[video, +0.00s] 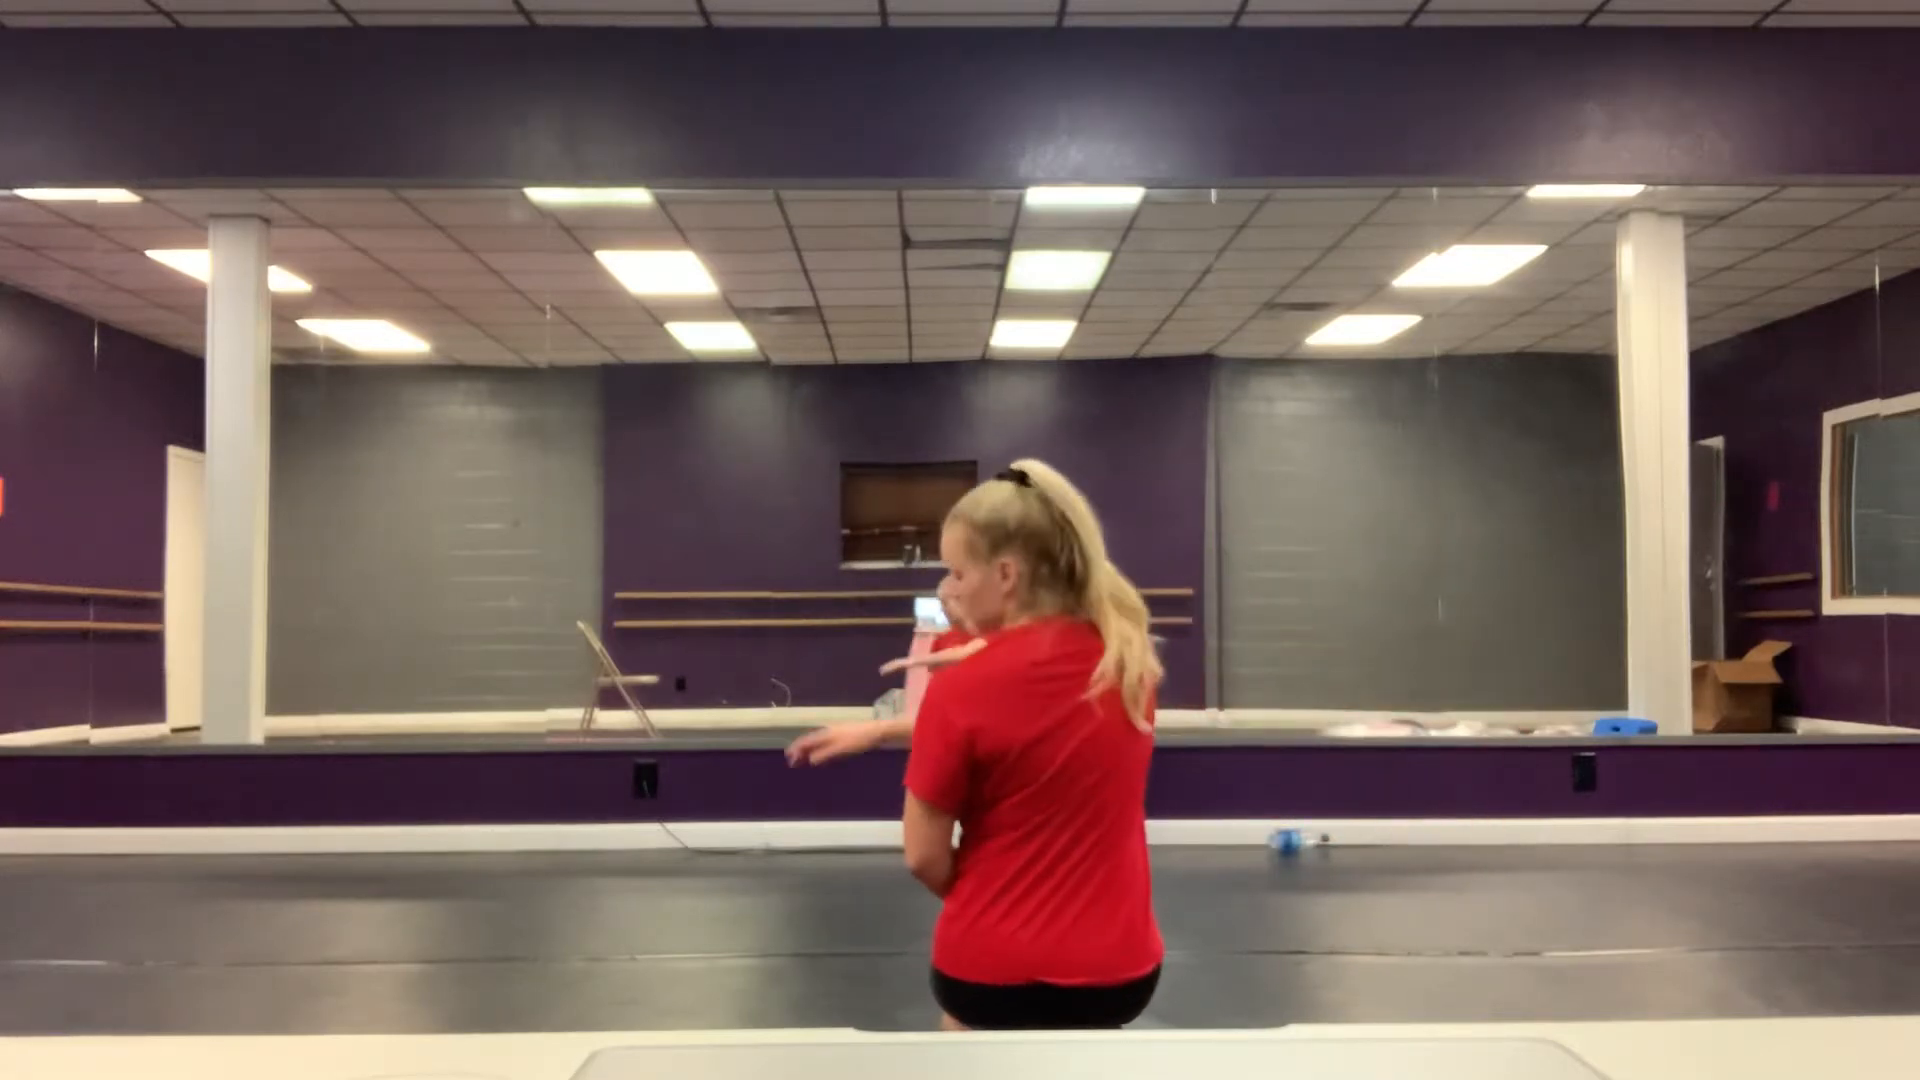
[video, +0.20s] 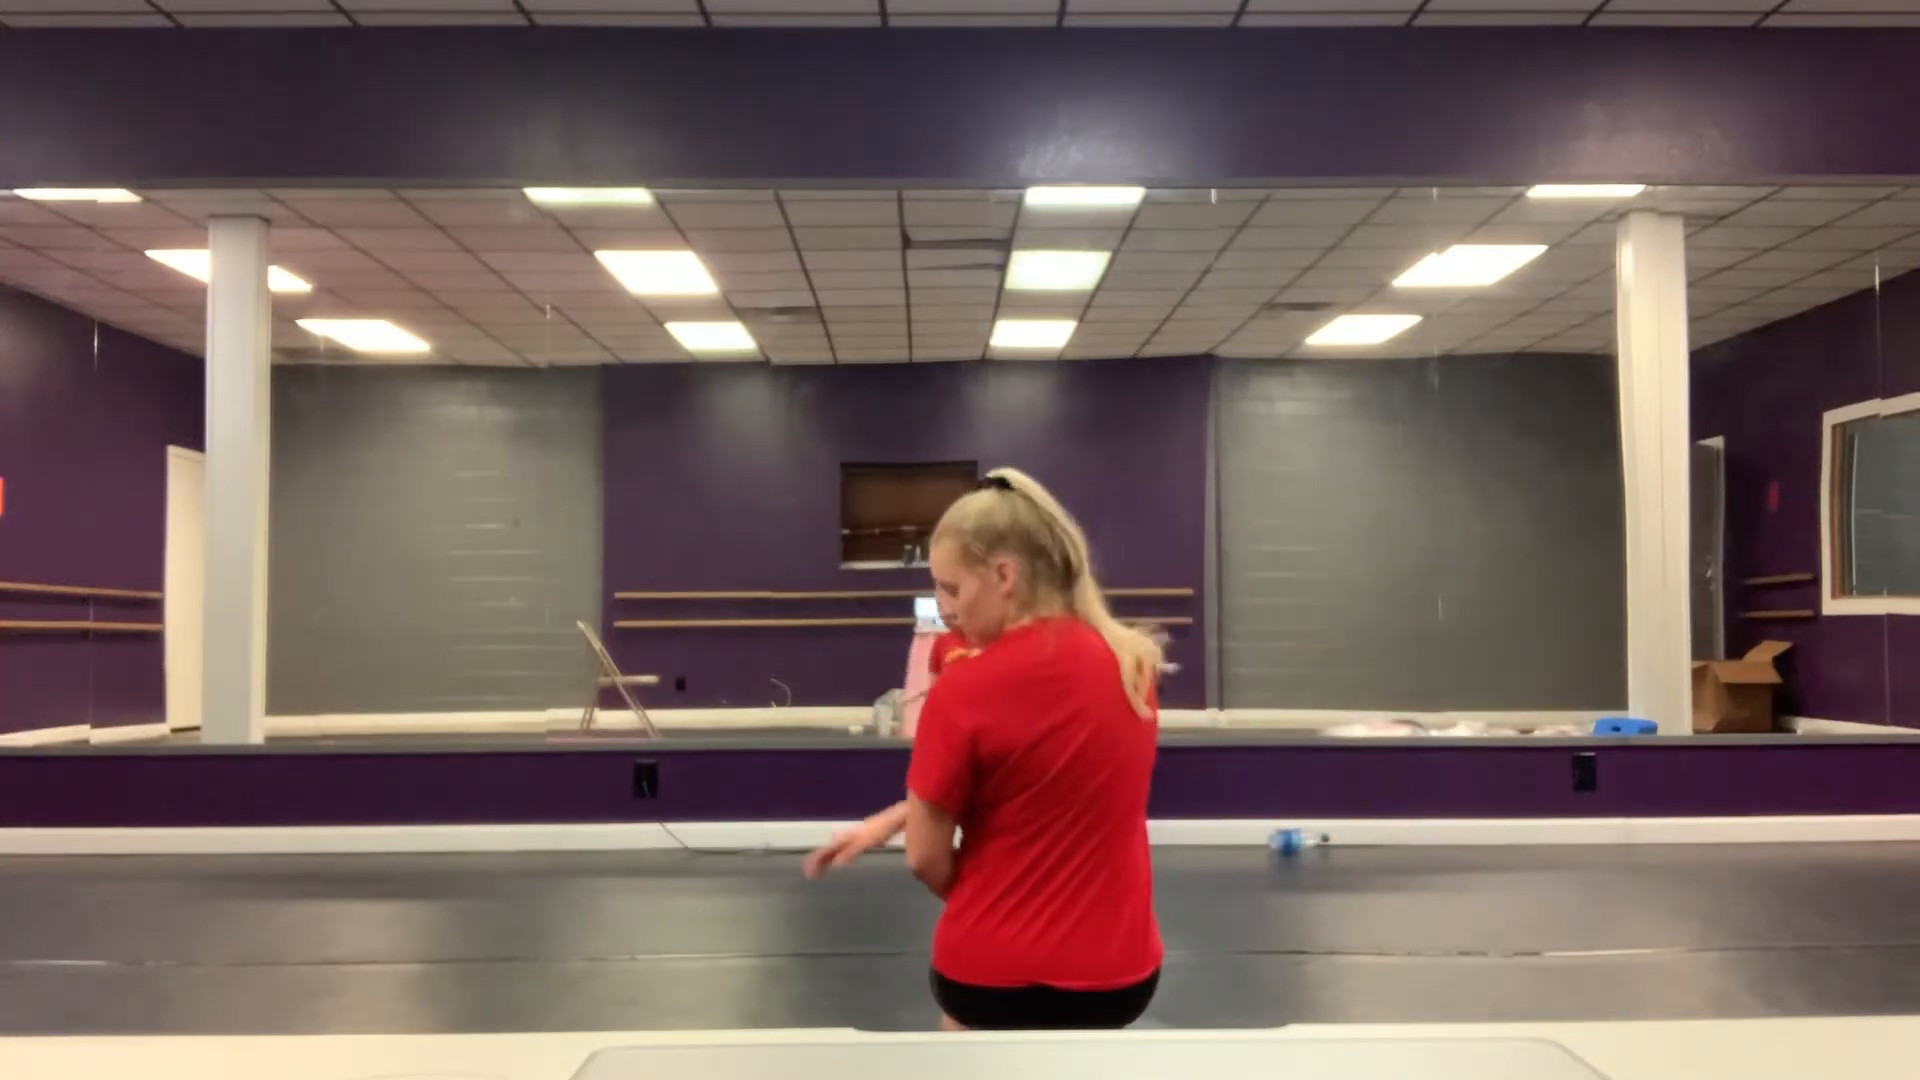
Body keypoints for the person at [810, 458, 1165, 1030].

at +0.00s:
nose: (945, 592)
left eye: (955, 573)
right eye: (946, 574)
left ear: (1007, 574)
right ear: (1009, 572)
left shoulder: (962, 685)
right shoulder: (1131, 660)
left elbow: (925, 855)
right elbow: (1033, 694)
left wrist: (979, 890)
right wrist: (879, 731)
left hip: (993, 977)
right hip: (1119, 974)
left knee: (965, 1022)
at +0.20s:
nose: (944, 611)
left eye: (951, 590)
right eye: (940, 592)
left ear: (1004, 578)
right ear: (1009, 577)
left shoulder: (965, 685)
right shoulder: (1128, 662)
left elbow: (928, 858)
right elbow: (1015, 754)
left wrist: (971, 891)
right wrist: (882, 826)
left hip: (994, 980)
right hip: (1118, 978)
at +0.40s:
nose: (947, 621)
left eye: (949, 601)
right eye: (940, 605)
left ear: (999, 578)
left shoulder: (967, 685)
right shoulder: (1133, 663)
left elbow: (925, 858)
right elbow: (1076, 812)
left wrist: (972, 884)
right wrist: (946, 888)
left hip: (995, 982)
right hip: (1120, 978)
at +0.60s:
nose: (945, 607)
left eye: (945, 583)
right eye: (938, 589)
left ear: (987, 555)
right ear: (1046, 549)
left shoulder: (958, 653)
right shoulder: (1138, 642)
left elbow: (937, 826)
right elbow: (1080, 792)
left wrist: (989, 871)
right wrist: (961, 872)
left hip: (996, 947)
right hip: (1117, 950)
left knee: (971, 1010)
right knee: (1086, 1018)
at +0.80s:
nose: (968, 521)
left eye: (966, 507)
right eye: (965, 509)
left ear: (985, 492)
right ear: (1060, 477)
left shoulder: (953, 598)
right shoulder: (1134, 569)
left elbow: (939, 762)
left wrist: (981, 827)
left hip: (993, 862)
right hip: (1113, 858)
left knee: (982, 993)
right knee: (1074, 993)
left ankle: (996, 1032)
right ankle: (1092, 1034)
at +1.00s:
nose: (979, 448)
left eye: (983, 438)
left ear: (995, 450)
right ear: (1075, 441)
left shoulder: (941, 566)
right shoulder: (1121, 532)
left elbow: (924, 724)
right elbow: (1092, 448)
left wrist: (968, 790)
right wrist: (975, 448)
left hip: (987, 815)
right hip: (1101, 813)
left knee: (985, 981)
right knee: (1073, 980)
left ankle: (1002, 1040)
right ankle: (1093, 1040)